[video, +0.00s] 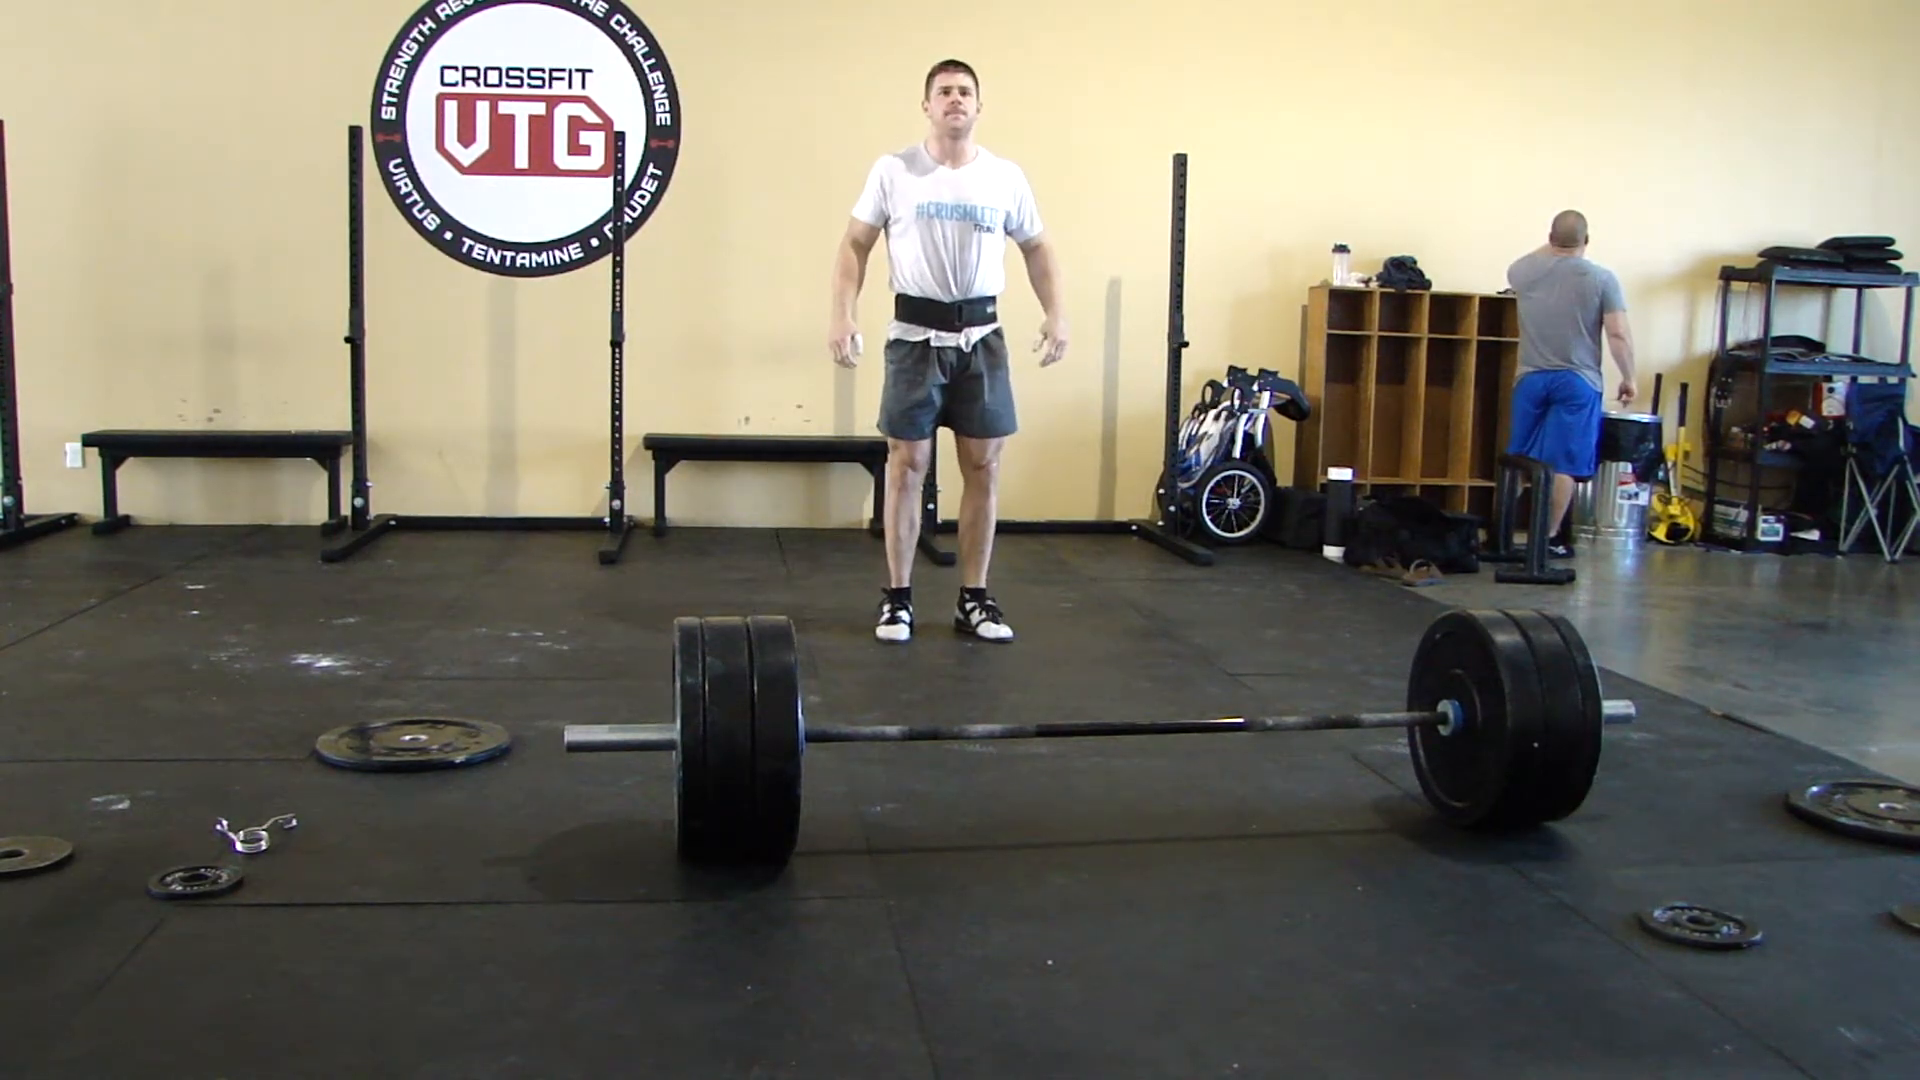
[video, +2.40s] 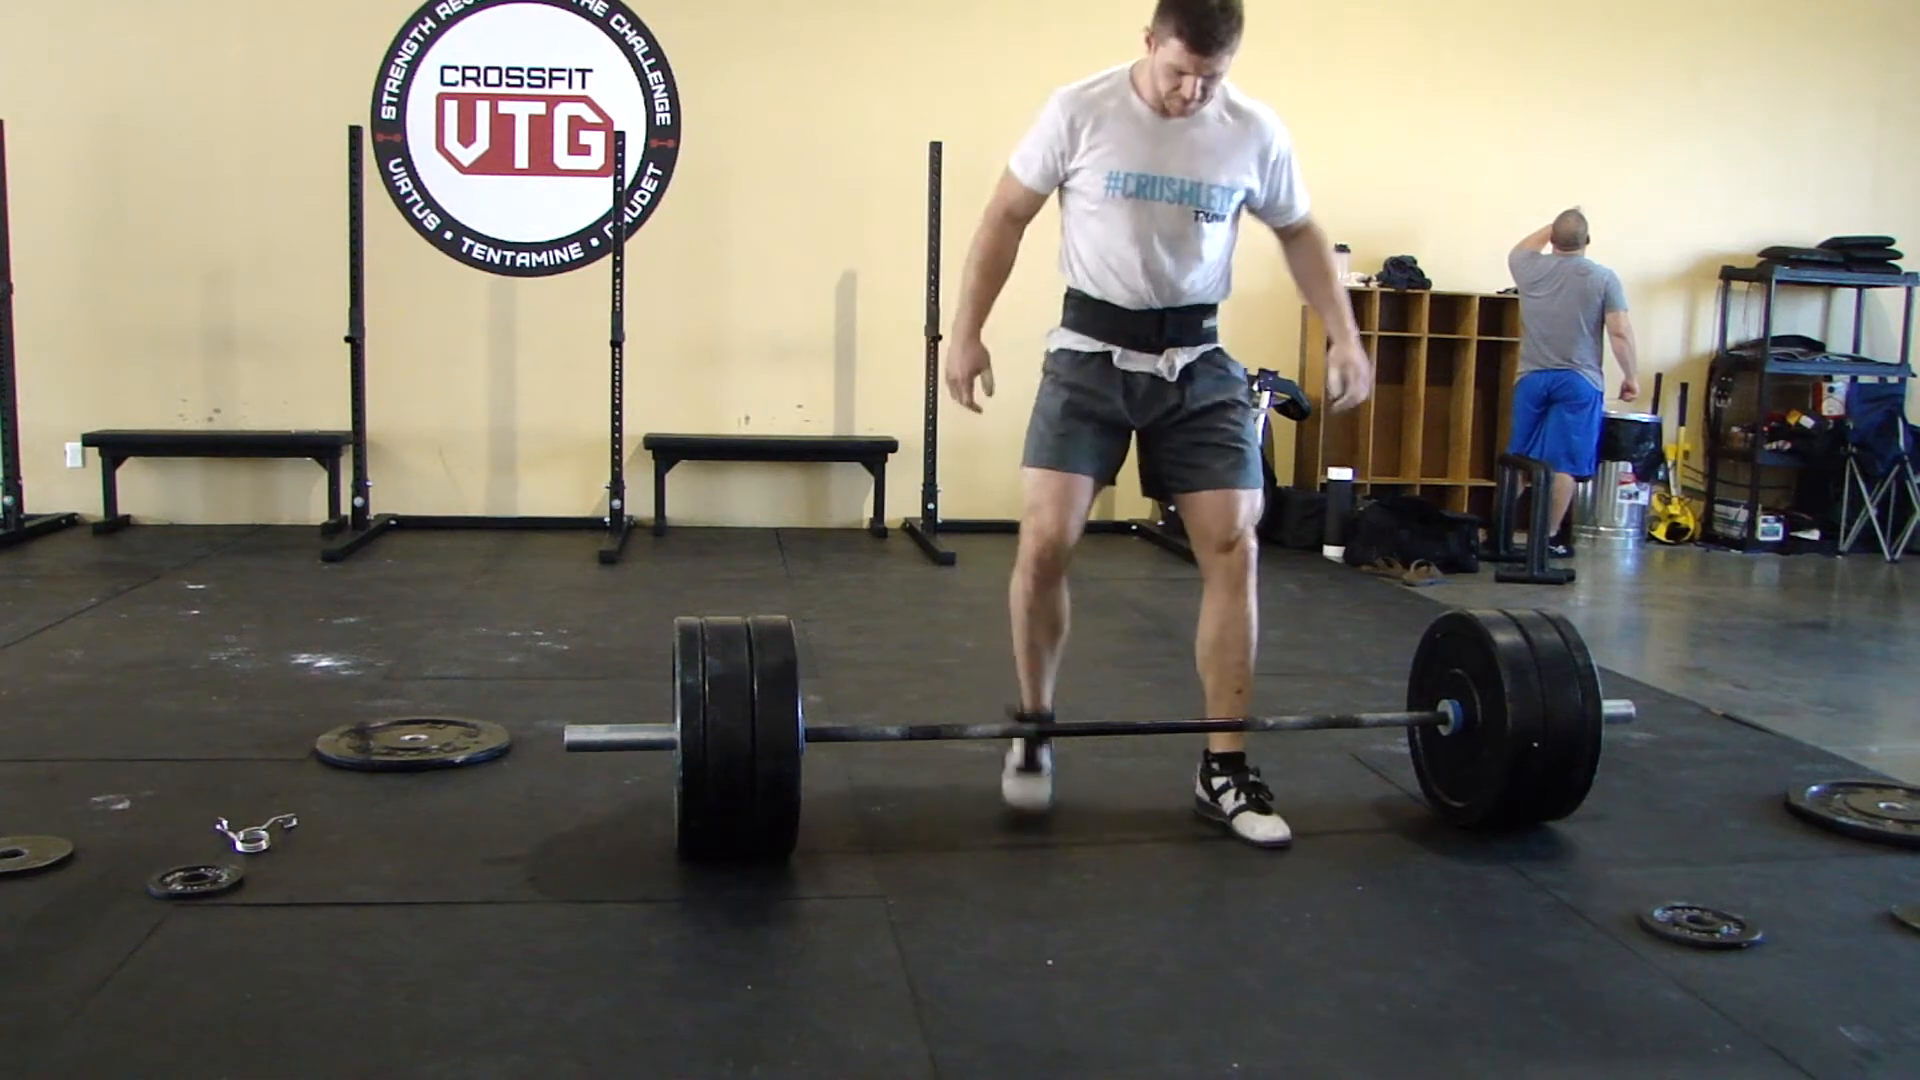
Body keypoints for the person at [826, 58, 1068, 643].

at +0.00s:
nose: (955, 99)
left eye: (965, 92)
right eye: (945, 92)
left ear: (979, 107)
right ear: (926, 106)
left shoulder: (1004, 176)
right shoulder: (893, 172)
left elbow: (1036, 248)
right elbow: (855, 245)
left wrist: (1055, 317)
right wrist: (842, 317)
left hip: (981, 341)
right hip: (913, 339)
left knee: (983, 468)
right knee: (906, 464)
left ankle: (974, 599)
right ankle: (897, 598)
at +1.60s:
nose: (1047, 107)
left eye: (1061, 95)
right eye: (1036, 93)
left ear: (1078, 94)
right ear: (1013, 87)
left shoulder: (1105, 165)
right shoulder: (964, 159)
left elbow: (1150, 247)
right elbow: (910, 245)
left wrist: (1186, 316)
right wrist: (875, 340)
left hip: (1074, 365)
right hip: (996, 361)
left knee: (1055, 517)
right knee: (999, 510)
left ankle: (1028, 639)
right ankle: (989, 690)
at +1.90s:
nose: (1077, 79)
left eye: (1089, 65)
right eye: (1064, 64)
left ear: (1105, 56)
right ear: (1031, 49)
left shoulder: (1129, 130)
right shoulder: (977, 125)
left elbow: (1157, 228)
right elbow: (917, 214)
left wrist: (1180, 328)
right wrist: (882, 303)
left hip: (1105, 346)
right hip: (1013, 347)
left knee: (1157, 509)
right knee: (1010, 517)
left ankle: (1093, 650)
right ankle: (995, 699)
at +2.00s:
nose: (1095, 81)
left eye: (1108, 66)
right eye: (1082, 65)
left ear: (1123, 55)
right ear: (1048, 47)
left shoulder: (1146, 130)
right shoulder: (991, 124)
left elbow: (1171, 230)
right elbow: (917, 211)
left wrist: (1192, 329)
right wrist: (880, 316)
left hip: (1123, 351)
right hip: (1027, 351)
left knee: (1165, 518)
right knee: (1015, 523)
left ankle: (1160, 718)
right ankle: (996, 706)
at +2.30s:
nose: (1179, 98)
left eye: (1194, 84)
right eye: (1164, 80)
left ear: (1212, 71)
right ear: (1130, 53)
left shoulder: (1235, 142)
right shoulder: (1067, 125)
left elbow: (1273, 249)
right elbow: (992, 227)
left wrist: (1314, 358)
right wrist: (950, 340)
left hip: (1189, 370)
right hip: (1081, 365)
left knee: (1231, 549)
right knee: (1028, 557)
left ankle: (1226, 766)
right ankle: (1022, 680)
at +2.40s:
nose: (1193, 92)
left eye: (1209, 79)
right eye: (1181, 74)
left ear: (1231, 61)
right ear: (1147, 40)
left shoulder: (1254, 134)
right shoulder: (1079, 110)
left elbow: (1298, 231)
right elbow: (1005, 216)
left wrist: (1346, 338)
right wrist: (966, 330)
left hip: (1199, 368)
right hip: (1087, 359)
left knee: (1232, 547)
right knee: (1045, 544)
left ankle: (1226, 766)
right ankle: (1033, 729)